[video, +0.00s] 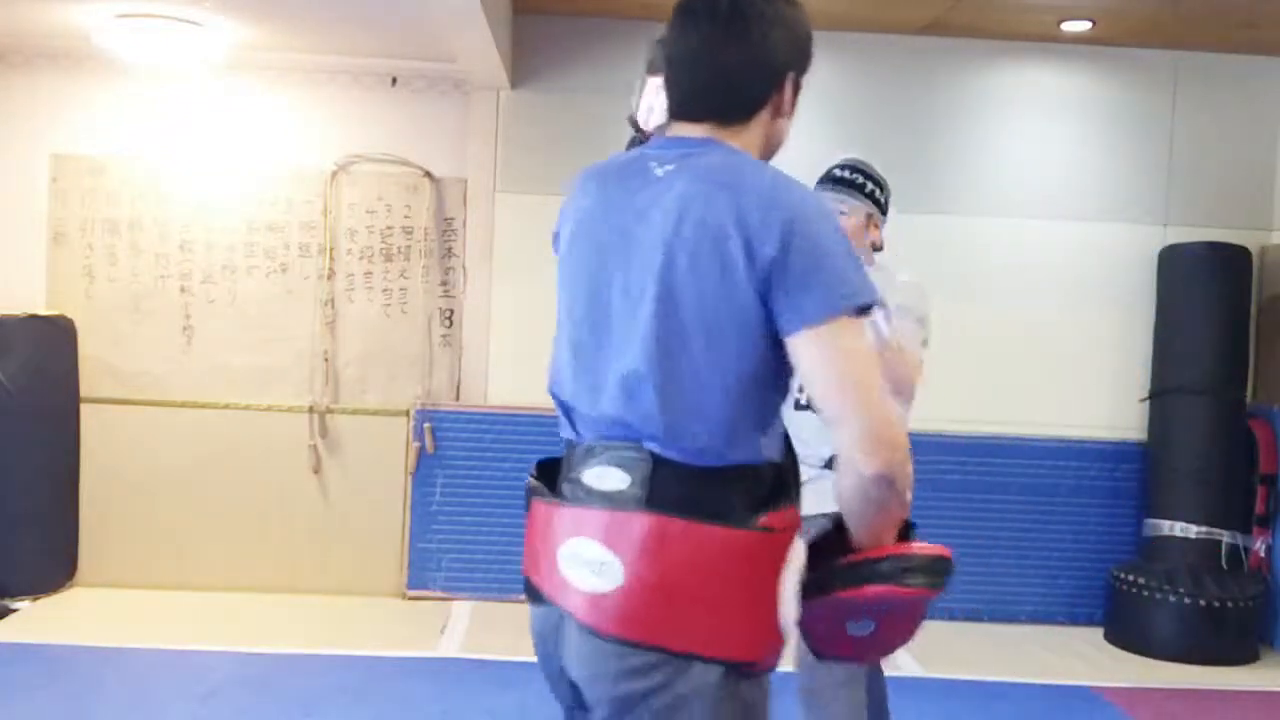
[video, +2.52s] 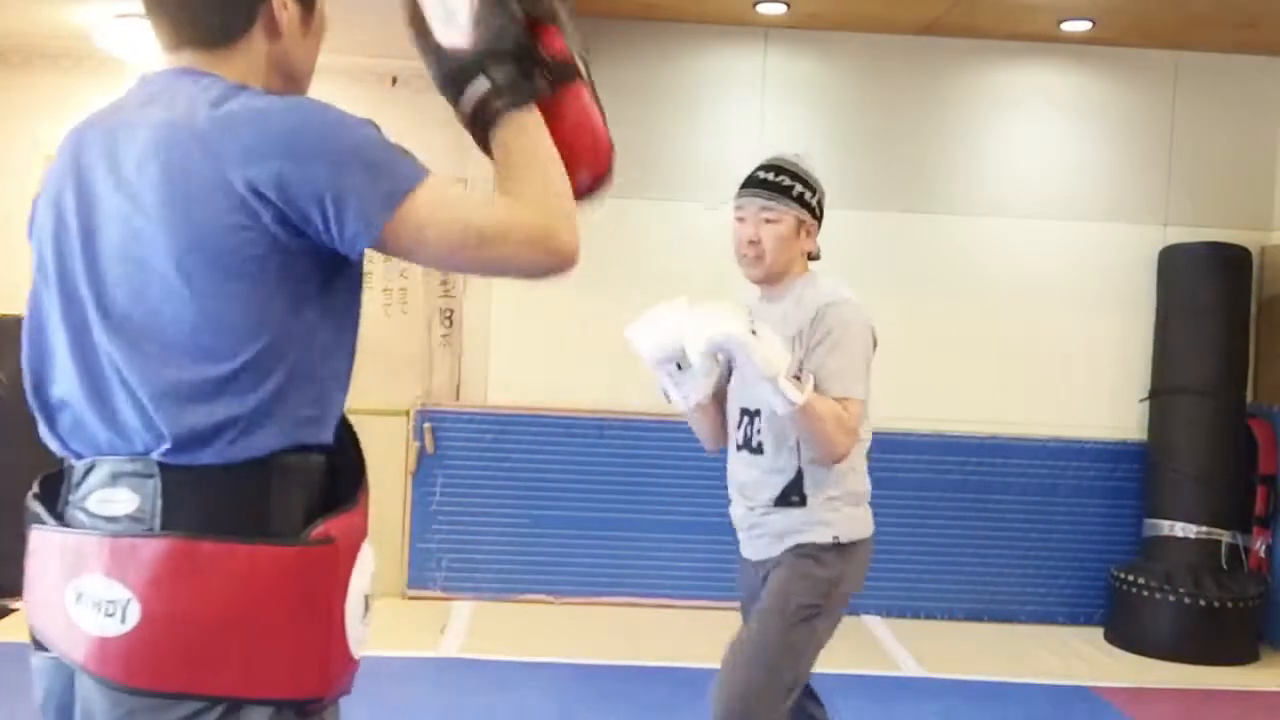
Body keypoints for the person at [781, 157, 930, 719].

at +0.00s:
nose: (833, 224)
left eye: (847, 214)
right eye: (826, 210)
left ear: (875, 230)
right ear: (809, 215)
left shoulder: (896, 293)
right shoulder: (784, 281)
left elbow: (902, 383)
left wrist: (850, 300)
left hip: (842, 496)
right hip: (775, 491)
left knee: (831, 653)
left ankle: (839, 711)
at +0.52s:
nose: (837, 238)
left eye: (855, 226)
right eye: (831, 223)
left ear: (892, 237)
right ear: (822, 226)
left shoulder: (919, 312)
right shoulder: (818, 299)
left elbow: (922, 431)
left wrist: (870, 390)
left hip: (900, 513)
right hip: (835, 509)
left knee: (824, 676)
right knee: (876, 671)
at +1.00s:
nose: (863, 215)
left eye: (881, 202)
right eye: (851, 203)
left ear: (917, 218)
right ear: (838, 216)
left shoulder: (945, 315)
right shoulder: (801, 289)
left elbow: (1023, 413)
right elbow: (732, 372)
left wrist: (1065, 372)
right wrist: (729, 358)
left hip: (865, 537)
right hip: (773, 519)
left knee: (811, 703)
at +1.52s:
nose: (807, 201)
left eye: (826, 184)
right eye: (800, 185)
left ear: (876, 191)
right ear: (792, 189)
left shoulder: (907, 299)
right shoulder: (767, 268)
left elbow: (962, 419)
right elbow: (705, 365)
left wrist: (931, 351)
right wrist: (614, 410)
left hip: (796, 513)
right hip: (712, 455)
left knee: (751, 699)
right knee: (620, 502)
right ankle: (494, 611)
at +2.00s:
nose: (729, 204)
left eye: (747, 190)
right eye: (724, 189)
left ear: (796, 202)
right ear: (716, 194)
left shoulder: (829, 292)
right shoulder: (731, 289)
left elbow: (871, 418)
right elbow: (727, 401)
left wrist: (797, 388)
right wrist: (675, 387)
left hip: (793, 528)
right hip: (744, 523)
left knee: (727, 702)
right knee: (796, 691)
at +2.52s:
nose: (751, 235)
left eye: (770, 220)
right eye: (742, 219)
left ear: (808, 235)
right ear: (731, 227)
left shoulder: (838, 316)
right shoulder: (741, 317)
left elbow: (834, 444)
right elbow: (718, 438)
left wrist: (782, 377)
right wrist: (690, 385)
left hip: (823, 540)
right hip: (756, 540)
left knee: (742, 699)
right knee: (778, 692)